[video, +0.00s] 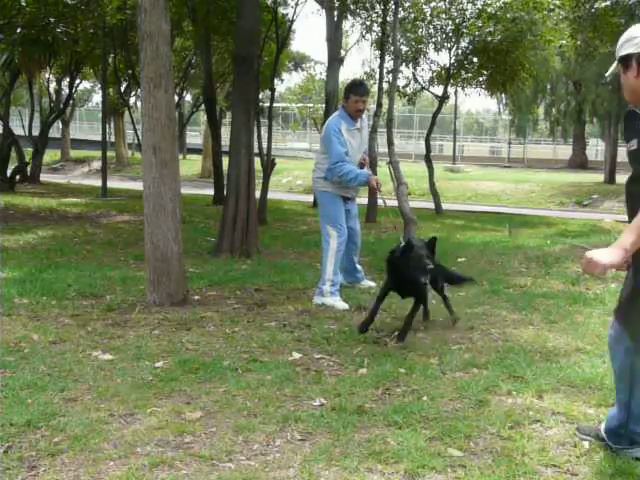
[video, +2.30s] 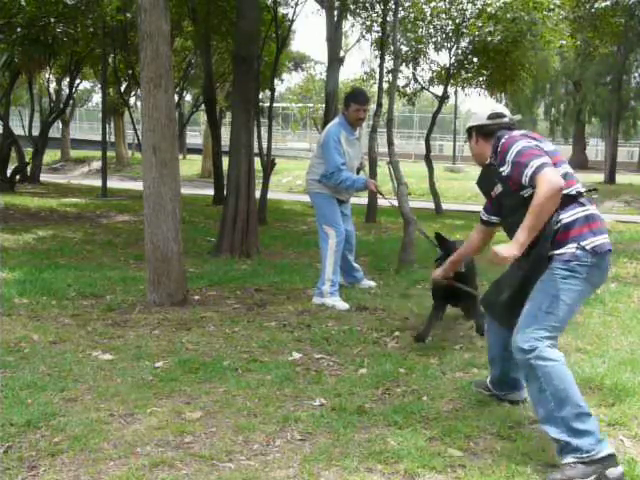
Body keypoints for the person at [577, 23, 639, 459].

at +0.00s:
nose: (623, 81)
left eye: (624, 71)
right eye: (623, 71)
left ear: (635, 70)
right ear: (629, 72)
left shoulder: (635, 121)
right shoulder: (632, 121)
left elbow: (639, 204)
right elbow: (639, 201)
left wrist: (620, 248)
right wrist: (623, 248)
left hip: (636, 262)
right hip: (635, 260)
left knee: (624, 335)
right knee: (623, 334)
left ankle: (626, 430)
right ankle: (623, 428)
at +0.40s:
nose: (574, 79)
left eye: (574, 69)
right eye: (573, 70)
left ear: (590, 62)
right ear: (603, 61)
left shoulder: (625, 90)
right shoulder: (620, 91)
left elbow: (626, 169)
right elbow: (624, 173)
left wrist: (571, 230)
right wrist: (589, 229)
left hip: (634, 254)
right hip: (615, 248)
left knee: (608, 364)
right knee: (575, 308)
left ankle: (635, 458)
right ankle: (584, 403)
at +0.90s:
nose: (536, 89)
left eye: (535, 80)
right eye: (535, 81)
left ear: (547, 74)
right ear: (571, 68)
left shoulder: (570, 96)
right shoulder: (596, 92)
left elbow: (557, 173)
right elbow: (614, 170)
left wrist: (508, 227)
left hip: (592, 235)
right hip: (595, 231)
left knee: (550, 346)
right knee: (537, 307)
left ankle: (605, 457)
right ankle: (540, 396)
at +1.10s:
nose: (528, 92)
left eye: (528, 84)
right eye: (528, 85)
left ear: (538, 77)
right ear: (570, 72)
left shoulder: (553, 102)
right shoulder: (608, 107)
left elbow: (514, 173)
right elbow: (619, 178)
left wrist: (462, 210)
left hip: (579, 235)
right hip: (600, 232)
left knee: (546, 348)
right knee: (535, 293)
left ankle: (605, 457)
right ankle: (526, 384)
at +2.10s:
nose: (487, 117)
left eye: (487, 110)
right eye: (487, 110)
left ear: (496, 107)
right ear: (524, 101)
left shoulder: (510, 130)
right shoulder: (551, 128)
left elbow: (466, 187)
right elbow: (561, 200)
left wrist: (416, 195)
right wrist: (509, 228)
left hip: (551, 247)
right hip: (577, 245)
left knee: (516, 350)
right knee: (506, 294)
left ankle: (568, 453)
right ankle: (505, 383)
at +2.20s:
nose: (478, 139)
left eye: (478, 131)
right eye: (478, 132)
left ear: (487, 127)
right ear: (510, 121)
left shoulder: (510, 139)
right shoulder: (525, 138)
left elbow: (507, 197)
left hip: (569, 246)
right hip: (554, 245)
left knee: (517, 339)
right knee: (498, 303)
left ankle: (564, 449)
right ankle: (503, 383)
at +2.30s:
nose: (470, 151)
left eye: (470, 143)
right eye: (468, 144)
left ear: (480, 137)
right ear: (489, 139)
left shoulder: (514, 143)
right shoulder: (498, 175)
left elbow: (551, 184)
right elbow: (483, 232)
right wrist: (451, 264)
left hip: (580, 249)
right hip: (550, 253)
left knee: (531, 341)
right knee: (498, 307)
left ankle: (589, 452)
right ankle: (506, 385)